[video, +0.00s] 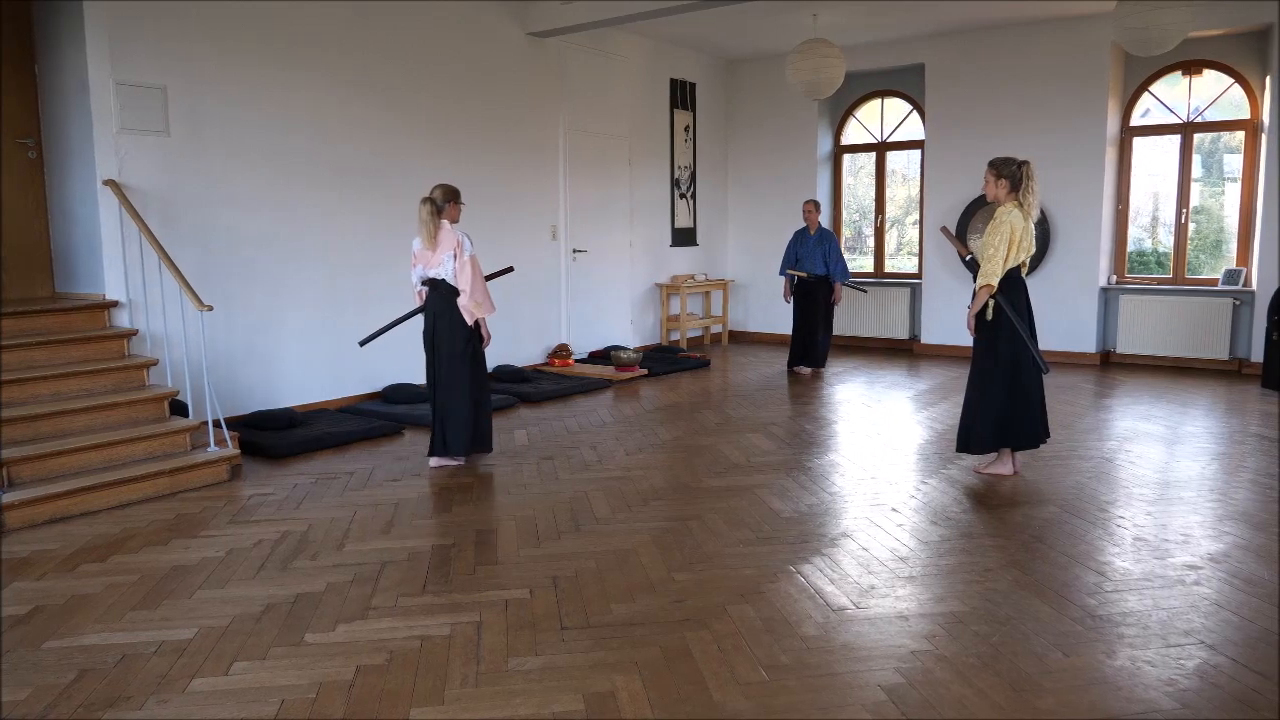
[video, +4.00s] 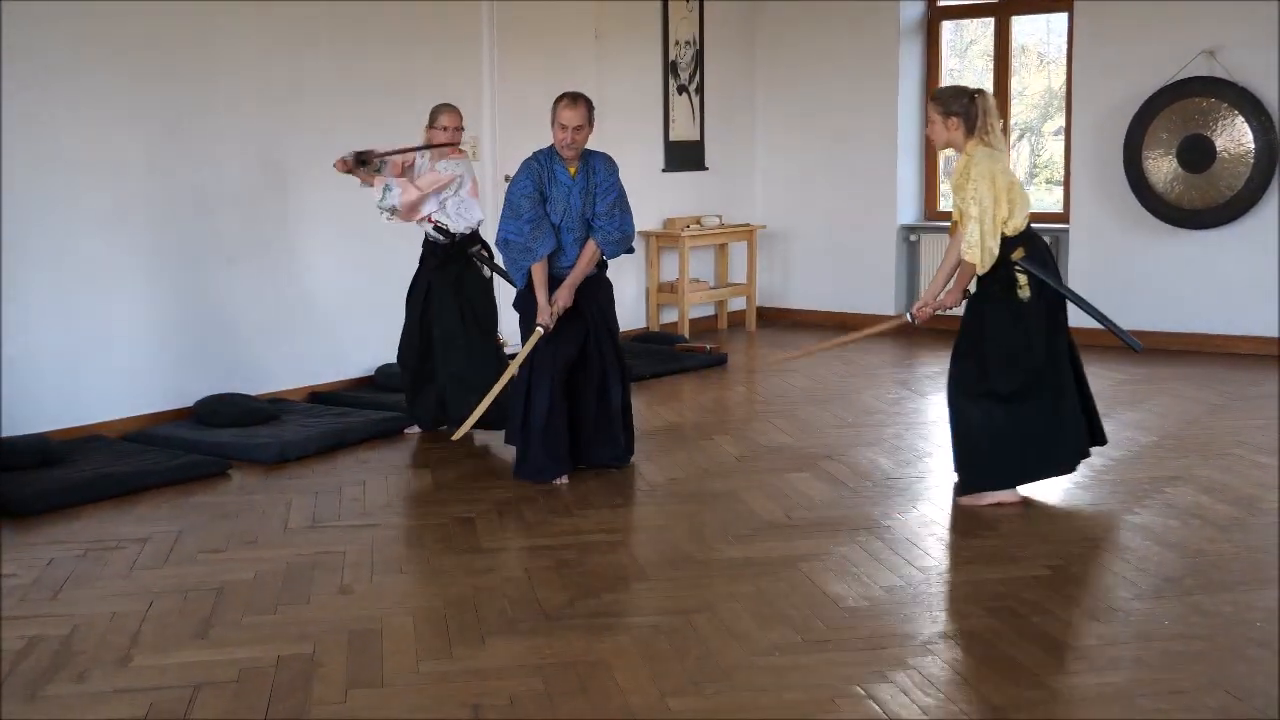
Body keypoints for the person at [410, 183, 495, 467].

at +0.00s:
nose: (461, 209)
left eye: (460, 205)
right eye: (459, 205)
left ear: (436, 207)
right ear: (450, 207)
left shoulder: (419, 243)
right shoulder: (458, 239)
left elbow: (420, 289)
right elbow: (468, 287)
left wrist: (432, 309)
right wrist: (481, 322)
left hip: (433, 318)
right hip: (456, 318)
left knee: (441, 382)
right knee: (457, 382)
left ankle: (448, 447)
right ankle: (447, 451)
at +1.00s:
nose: (531, 211)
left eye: (530, 207)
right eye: (528, 207)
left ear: (507, 209)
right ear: (519, 210)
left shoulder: (492, 239)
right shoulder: (526, 237)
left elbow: (486, 279)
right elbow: (540, 280)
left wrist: (498, 296)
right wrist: (538, 298)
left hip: (500, 299)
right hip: (522, 299)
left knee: (500, 360)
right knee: (534, 359)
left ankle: (492, 426)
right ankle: (542, 421)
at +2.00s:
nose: (595, 204)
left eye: (594, 198)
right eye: (591, 198)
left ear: (570, 202)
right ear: (575, 201)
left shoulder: (567, 228)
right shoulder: (578, 225)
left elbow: (613, 254)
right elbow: (618, 187)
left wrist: (622, 217)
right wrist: (618, 142)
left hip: (551, 307)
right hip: (568, 308)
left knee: (546, 373)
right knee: (603, 386)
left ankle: (519, 432)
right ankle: (590, 464)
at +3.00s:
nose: (529, 156)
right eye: (527, 152)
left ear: (493, 161)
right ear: (527, 156)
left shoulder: (485, 195)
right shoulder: (548, 188)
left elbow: (489, 163)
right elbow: (553, 178)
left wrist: (508, 130)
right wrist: (540, 146)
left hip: (506, 289)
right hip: (544, 287)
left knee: (511, 378)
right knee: (555, 380)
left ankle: (497, 463)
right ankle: (556, 480)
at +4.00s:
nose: (453, 135)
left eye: (458, 129)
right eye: (445, 129)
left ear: (462, 131)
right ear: (429, 131)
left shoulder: (457, 163)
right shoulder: (420, 158)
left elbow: (409, 195)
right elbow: (387, 161)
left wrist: (362, 175)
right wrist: (358, 162)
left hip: (463, 254)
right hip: (436, 252)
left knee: (461, 334)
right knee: (428, 332)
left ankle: (461, 418)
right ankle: (428, 415)